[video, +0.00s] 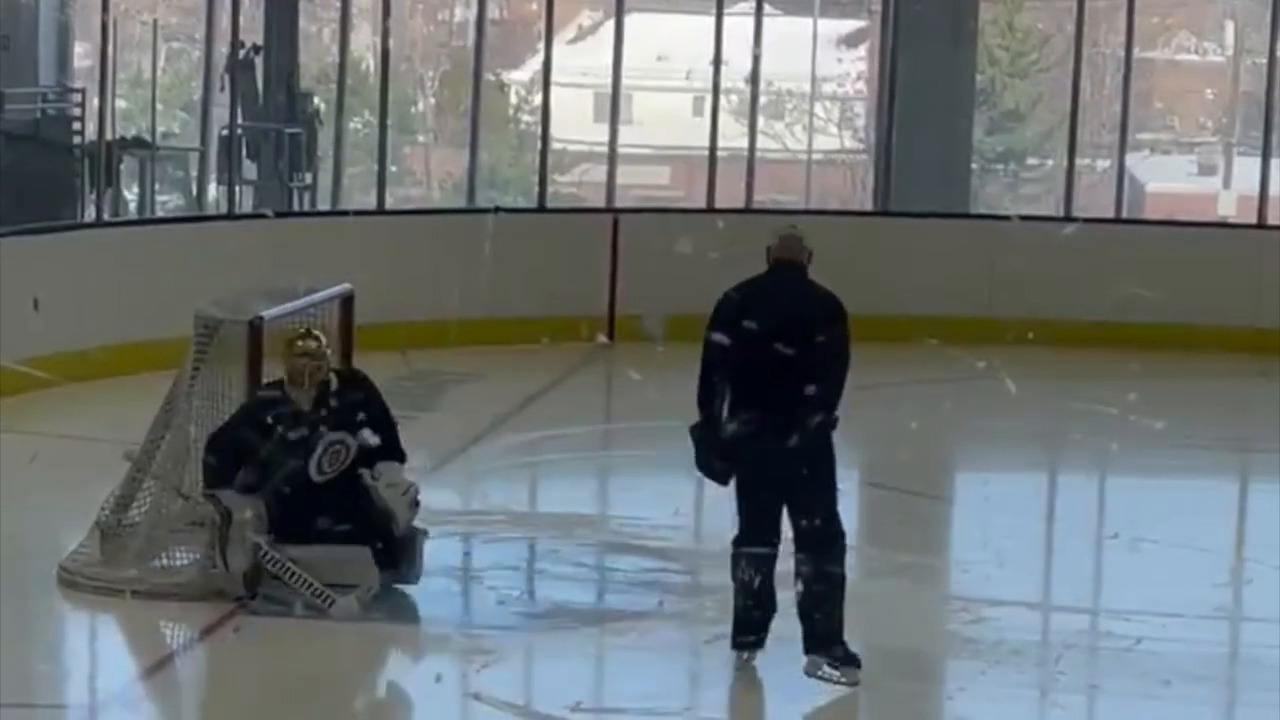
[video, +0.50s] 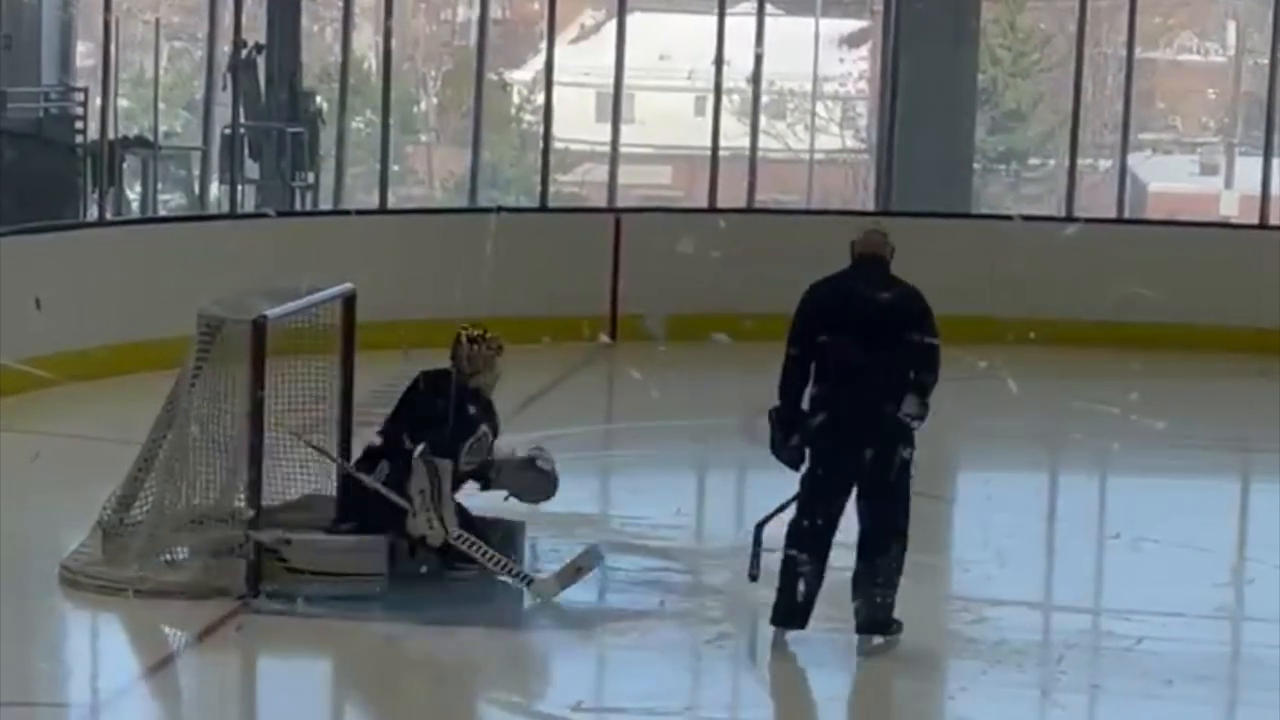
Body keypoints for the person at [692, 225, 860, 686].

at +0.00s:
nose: (796, 266)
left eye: (784, 256)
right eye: (801, 258)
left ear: (767, 260)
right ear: (808, 262)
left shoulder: (735, 300)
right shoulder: (826, 306)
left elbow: (711, 373)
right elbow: (832, 374)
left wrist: (709, 434)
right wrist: (815, 425)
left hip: (749, 441)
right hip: (806, 444)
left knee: (755, 534)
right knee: (820, 539)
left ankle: (747, 635)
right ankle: (824, 647)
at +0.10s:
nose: (805, 258)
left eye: (795, 250)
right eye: (814, 252)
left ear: (779, 255)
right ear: (820, 259)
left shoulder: (748, 294)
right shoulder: (838, 301)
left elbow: (723, 365)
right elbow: (841, 373)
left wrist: (718, 425)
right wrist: (821, 422)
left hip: (761, 432)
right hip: (818, 437)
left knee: (763, 523)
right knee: (824, 532)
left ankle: (756, 629)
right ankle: (828, 644)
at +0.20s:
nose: (825, 259)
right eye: (831, 253)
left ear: (794, 254)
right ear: (833, 256)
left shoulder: (763, 291)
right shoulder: (851, 299)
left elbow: (737, 359)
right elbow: (858, 367)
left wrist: (731, 418)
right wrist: (842, 417)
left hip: (774, 429)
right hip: (830, 434)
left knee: (775, 522)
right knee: (830, 529)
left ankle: (764, 627)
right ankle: (829, 639)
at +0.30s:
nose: (840, 262)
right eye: (847, 256)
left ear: (810, 254)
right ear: (849, 257)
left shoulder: (780, 292)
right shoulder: (868, 300)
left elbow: (754, 362)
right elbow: (875, 371)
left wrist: (746, 421)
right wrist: (861, 420)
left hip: (788, 430)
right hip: (844, 436)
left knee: (786, 521)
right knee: (842, 529)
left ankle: (771, 621)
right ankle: (839, 630)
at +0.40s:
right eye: (866, 255)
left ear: (830, 255)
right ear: (868, 258)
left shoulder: (800, 293)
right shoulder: (887, 300)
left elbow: (774, 364)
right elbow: (901, 369)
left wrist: (767, 425)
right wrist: (882, 420)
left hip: (809, 429)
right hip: (865, 433)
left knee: (798, 520)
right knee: (862, 527)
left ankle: (779, 617)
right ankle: (856, 626)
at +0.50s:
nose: (877, 261)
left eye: (868, 252)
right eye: (886, 254)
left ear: (852, 255)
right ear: (890, 258)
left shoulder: (821, 294)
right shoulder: (910, 301)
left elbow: (796, 364)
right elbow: (926, 365)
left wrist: (787, 422)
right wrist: (909, 415)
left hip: (832, 427)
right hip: (888, 433)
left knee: (814, 517)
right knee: (884, 526)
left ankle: (789, 609)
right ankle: (874, 618)